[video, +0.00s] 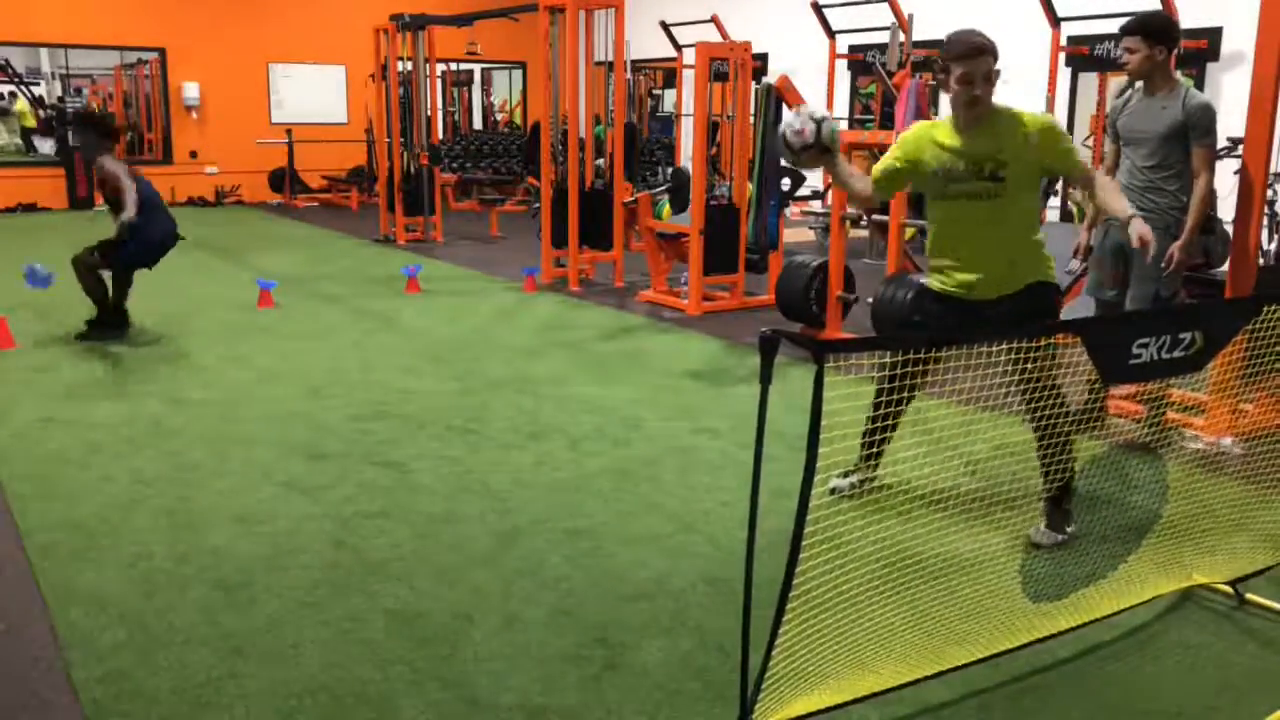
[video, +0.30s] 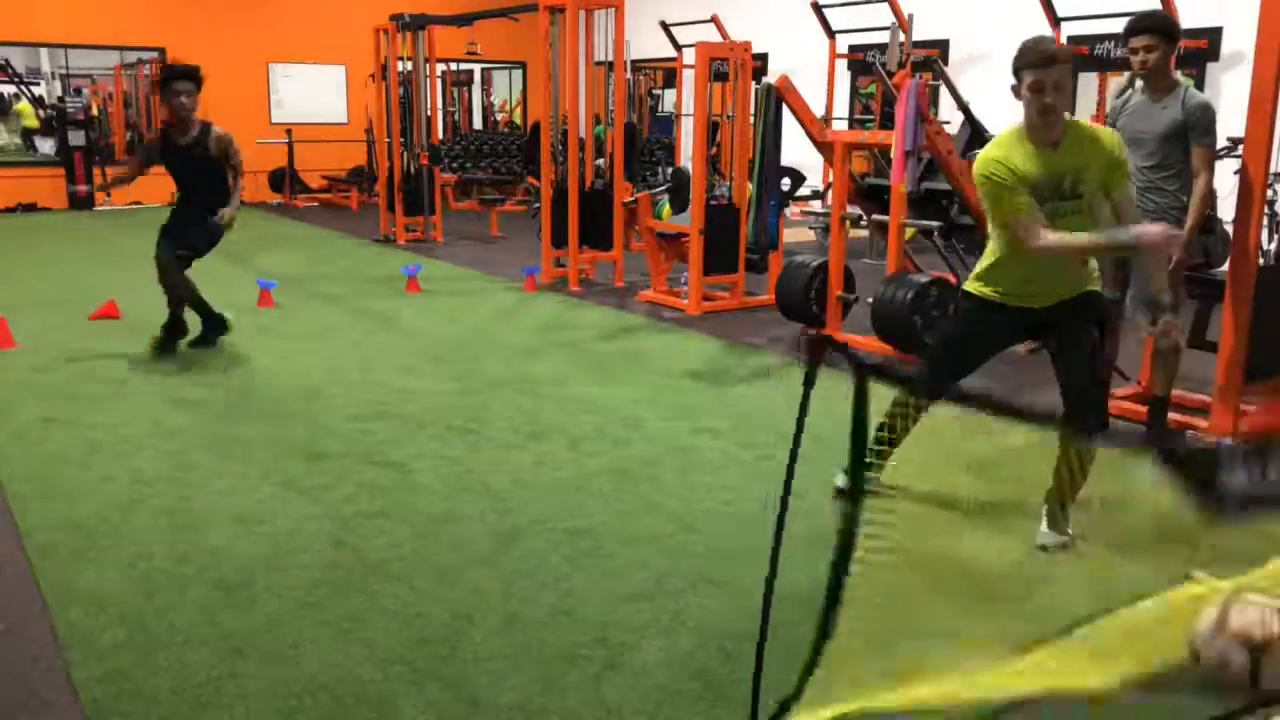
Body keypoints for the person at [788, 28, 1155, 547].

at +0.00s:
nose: (975, 90)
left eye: (984, 79)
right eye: (964, 80)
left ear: (996, 77)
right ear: (945, 80)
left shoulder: (1034, 134)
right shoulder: (920, 140)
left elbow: (1093, 179)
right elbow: (868, 193)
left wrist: (1131, 218)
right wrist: (827, 155)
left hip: (1022, 287)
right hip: (946, 289)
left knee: (1038, 391)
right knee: (898, 374)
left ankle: (1058, 508)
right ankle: (865, 469)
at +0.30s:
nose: (1049, 99)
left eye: (1058, 88)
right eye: (1037, 90)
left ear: (1072, 87)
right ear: (1019, 90)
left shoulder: (1103, 146)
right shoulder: (996, 162)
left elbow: (1134, 228)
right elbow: (1036, 240)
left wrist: (1162, 304)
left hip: (1072, 297)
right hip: (999, 295)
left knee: (1087, 410)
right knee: (927, 384)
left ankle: (1056, 518)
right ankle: (867, 471)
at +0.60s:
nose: (1078, 56)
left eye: (1091, 46)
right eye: (1070, 46)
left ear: (1116, 51)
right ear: (1061, 51)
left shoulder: (1154, 121)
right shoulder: (1040, 121)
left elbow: (1176, 206)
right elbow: (991, 192)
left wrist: (1177, 277)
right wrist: (992, 250)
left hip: (1125, 273)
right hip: (1056, 271)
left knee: (1094, 391)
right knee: (1041, 372)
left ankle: (1062, 510)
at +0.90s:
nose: (1074, 60)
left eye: (1084, 51)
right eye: (1075, 51)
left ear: (1117, 56)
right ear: (1104, 58)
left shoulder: (1161, 118)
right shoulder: (1093, 131)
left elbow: (1193, 204)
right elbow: (1080, 213)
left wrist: (1162, 287)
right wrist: (1025, 249)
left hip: (1157, 285)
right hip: (1116, 286)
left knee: (1100, 393)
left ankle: (1100, 512)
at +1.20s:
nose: (1078, 59)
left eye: (1085, 47)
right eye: (1079, 47)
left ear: (1117, 51)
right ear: (1122, 53)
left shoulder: (1134, 106)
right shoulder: (1153, 102)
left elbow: (1156, 203)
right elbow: (1188, 194)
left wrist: (1094, 261)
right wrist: (1109, 237)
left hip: (1149, 280)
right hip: (1171, 278)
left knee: (1124, 398)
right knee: (1147, 396)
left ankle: (1130, 516)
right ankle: (1166, 494)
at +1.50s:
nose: (1082, 56)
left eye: (1089, 45)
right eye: (1084, 45)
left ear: (1116, 49)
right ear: (1129, 51)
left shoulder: (1126, 109)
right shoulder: (1169, 104)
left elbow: (1139, 208)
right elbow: (1202, 195)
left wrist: (1077, 264)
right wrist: (1161, 232)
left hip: (1140, 279)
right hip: (1175, 278)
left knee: (1122, 395)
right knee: (1134, 389)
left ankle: (1130, 516)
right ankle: (1137, 488)